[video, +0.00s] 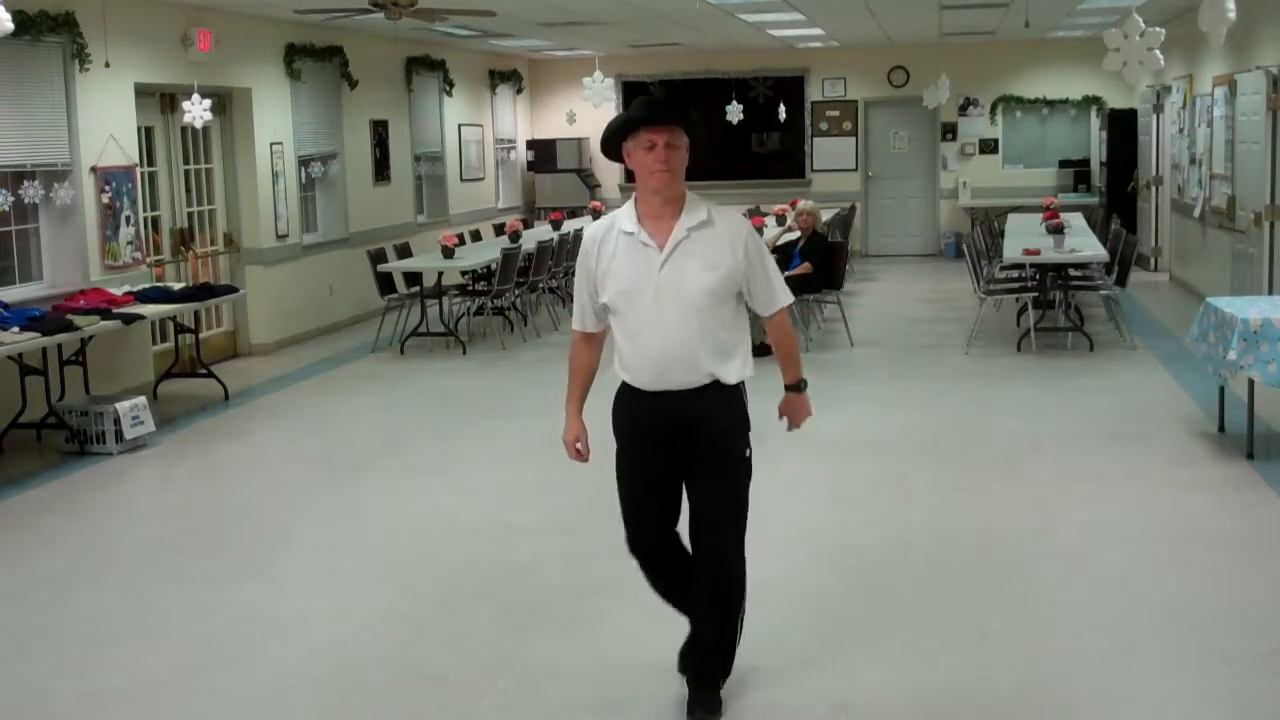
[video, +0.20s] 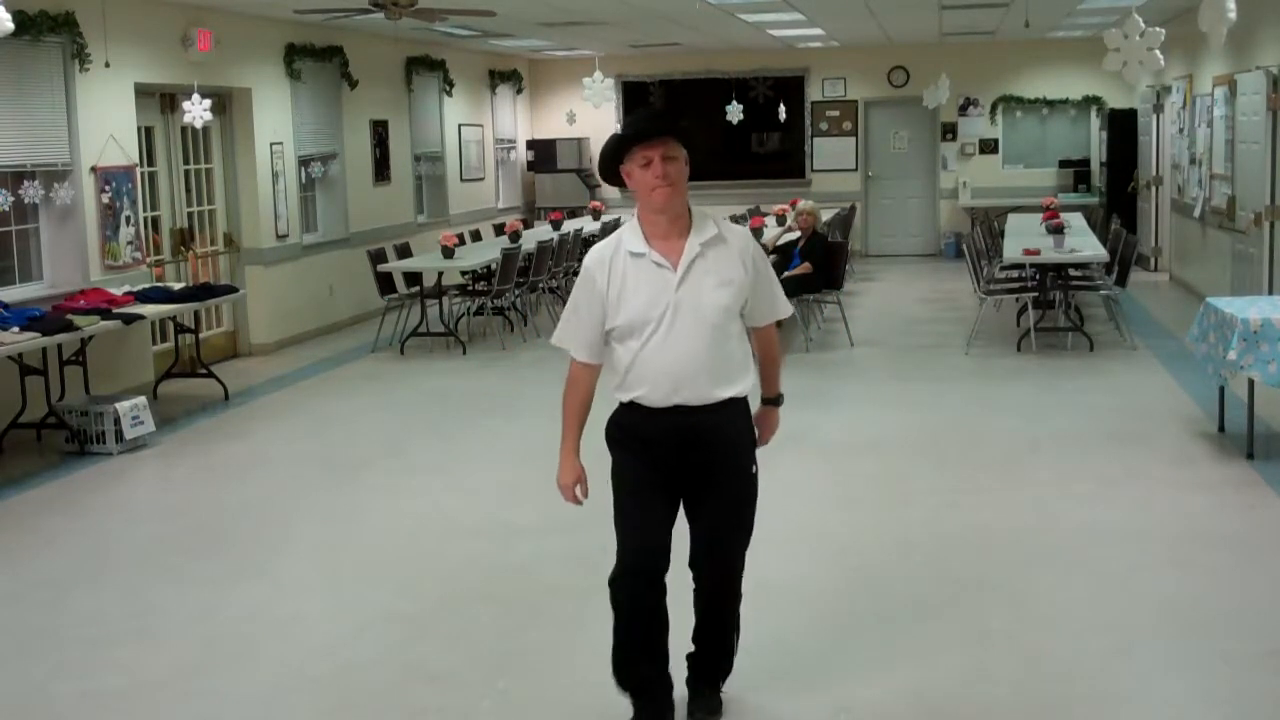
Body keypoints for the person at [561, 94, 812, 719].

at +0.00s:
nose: (660, 155)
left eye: (670, 145)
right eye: (647, 147)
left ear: (687, 157)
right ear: (626, 161)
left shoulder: (731, 229)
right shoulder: (600, 239)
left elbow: (774, 311)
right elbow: (587, 333)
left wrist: (795, 385)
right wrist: (573, 410)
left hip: (716, 407)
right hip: (639, 411)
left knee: (717, 552)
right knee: (648, 540)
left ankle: (705, 686)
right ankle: (707, 612)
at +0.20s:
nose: (659, 168)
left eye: (668, 157)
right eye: (644, 161)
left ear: (688, 168)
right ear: (626, 179)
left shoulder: (737, 245)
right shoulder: (605, 259)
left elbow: (764, 328)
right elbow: (584, 360)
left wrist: (770, 400)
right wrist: (569, 450)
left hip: (723, 431)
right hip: (640, 434)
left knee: (720, 574)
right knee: (638, 574)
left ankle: (708, 687)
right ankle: (649, 702)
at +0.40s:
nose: (647, 160)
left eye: (657, 148)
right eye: (632, 153)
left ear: (677, 159)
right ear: (615, 173)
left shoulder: (728, 240)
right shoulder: (595, 255)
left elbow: (749, 328)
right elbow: (575, 361)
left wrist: (758, 403)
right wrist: (574, 451)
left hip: (719, 430)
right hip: (636, 435)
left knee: (722, 573)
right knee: (639, 581)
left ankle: (706, 680)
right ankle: (648, 709)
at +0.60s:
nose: (635, 151)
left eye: (645, 139)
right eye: (621, 145)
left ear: (670, 149)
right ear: (608, 165)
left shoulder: (727, 232)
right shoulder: (589, 249)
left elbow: (758, 322)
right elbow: (565, 354)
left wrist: (780, 400)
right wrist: (572, 432)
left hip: (718, 426)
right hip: (633, 431)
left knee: (740, 557)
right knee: (639, 582)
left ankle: (710, 657)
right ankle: (645, 711)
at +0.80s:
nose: (634, 173)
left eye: (645, 159)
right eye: (624, 165)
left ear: (680, 159)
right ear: (620, 177)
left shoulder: (747, 246)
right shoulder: (610, 261)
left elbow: (790, 335)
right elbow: (591, 364)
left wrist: (806, 421)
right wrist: (579, 447)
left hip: (719, 439)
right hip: (636, 440)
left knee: (722, 582)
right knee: (631, 596)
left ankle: (770, 705)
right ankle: (645, 719)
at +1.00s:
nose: (632, 171)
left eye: (640, 156)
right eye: (630, 159)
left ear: (677, 149)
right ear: (667, 155)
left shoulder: (757, 233)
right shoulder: (650, 241)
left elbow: (815, 326)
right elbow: (634, 342)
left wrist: (819, 424)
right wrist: (607, 421)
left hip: (736, 428)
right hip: (663, 428)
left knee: (754, 577)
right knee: (650, 578)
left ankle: (778, 701)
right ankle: (649, 706)